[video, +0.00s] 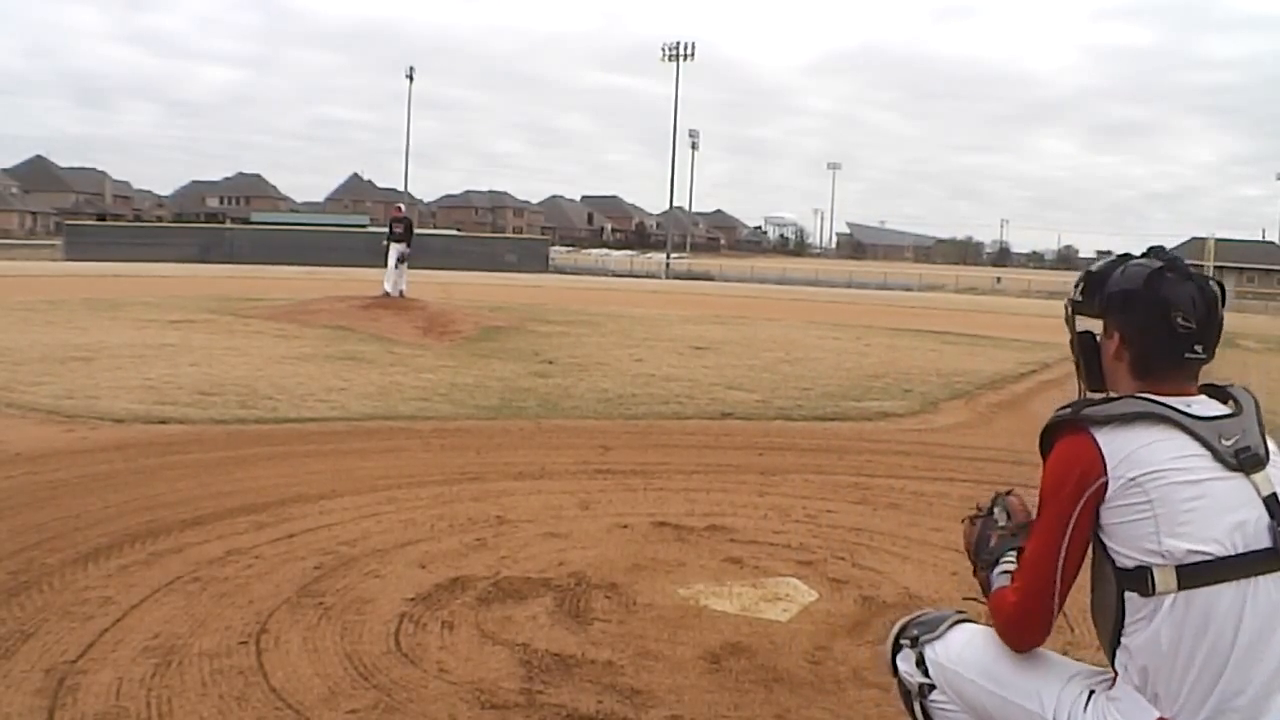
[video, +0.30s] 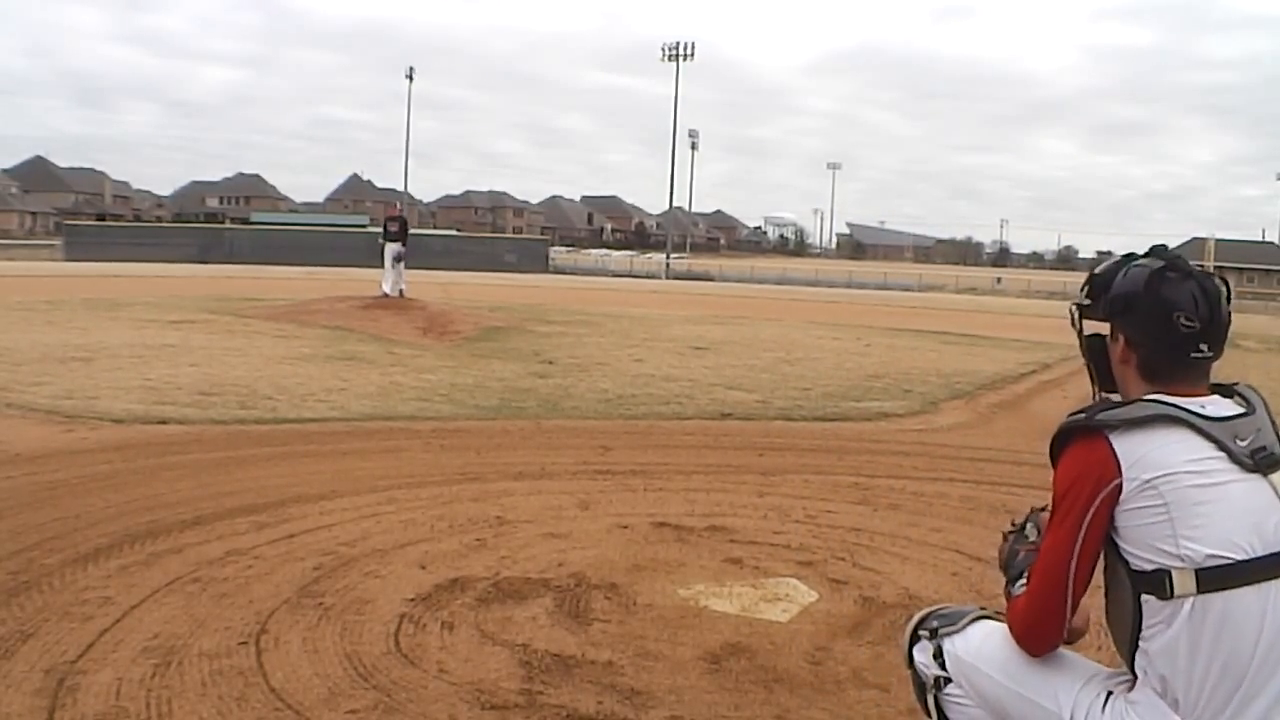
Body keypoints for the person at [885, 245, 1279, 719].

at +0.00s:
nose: (1093, 344)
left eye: (1098, 330)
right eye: (1097, 329)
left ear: (1115, 343)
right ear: (1198, 345)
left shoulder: (1094, 441)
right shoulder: (1248, 423)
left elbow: (1022, 630)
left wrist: (999, 561)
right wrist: (1049, 529)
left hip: (1161, 711)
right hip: (1265, 705)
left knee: (926, 647)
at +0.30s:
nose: (1102, 345)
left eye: (1106, 332)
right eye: (1105, 331)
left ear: (1122, 347)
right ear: (1209, 349)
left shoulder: (1106, 444)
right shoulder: (1254, 417)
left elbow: (1036, 635)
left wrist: (1026, 571)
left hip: (1174, 712)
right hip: (1263, 704)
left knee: (941, 641)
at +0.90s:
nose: (1112, 353)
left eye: (1117, 341)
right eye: (1115, 340)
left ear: (1135, 356)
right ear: (1216, 361)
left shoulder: (1107, 454)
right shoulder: (1257, 430)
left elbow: (1033, 644)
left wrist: (1032, 579)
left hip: (1165, 714)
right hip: (1264, 706)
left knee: (943, 641)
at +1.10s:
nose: (1109, 353)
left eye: (1114, 340)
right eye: (1112, 339)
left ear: (1131, 355)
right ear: (1213, 361)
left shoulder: (1103, 451)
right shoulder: (1254, 429)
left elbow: (1032, 643)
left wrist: (1028, 575)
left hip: (1162, 715)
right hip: (1263, 707)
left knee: (942, 641)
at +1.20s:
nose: (1106, 354)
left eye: (1112, 342)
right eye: (1110, 341)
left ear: (1129, 358)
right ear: (1209, 362)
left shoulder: (1100, 454)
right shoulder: (1252, 429)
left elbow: (1031, 645)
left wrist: (1023, 574)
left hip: (1163, 716)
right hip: (1262, 708)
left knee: (941, 641)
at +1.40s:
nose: (1103, 359)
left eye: (1108, 347)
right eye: (1107, 346)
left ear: (1126, 362)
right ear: (1208, 366)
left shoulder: (1099, 457)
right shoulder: (1251, 433)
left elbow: (1032, 647)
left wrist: (1019, 568)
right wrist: (1063, 536)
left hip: (1162, 711)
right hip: (1262, 704)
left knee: (941, 640)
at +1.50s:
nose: (1103, 360)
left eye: (1108, 348)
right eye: (1106, 346)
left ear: (1126, 362)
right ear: (1208, 366)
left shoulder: (1099, 456)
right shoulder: (1252, 433)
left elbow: (1033, 648)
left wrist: (1021, 561)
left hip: (1163, 717)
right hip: (1262, 708)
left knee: (942, 641)